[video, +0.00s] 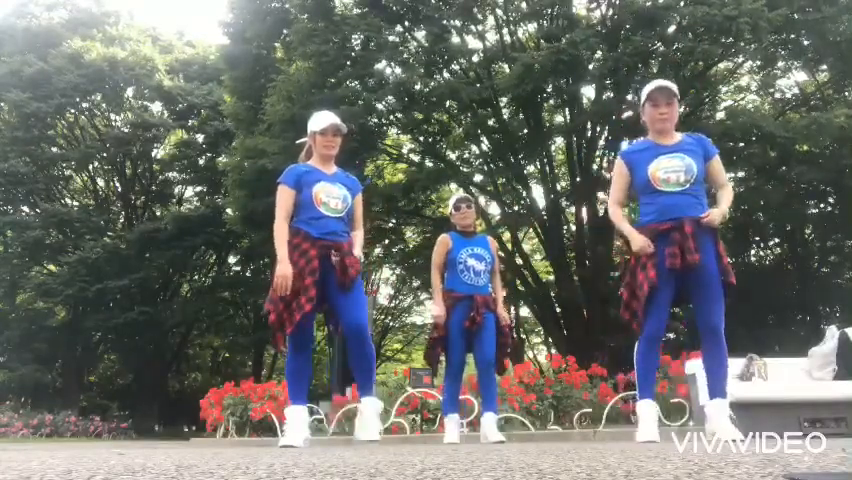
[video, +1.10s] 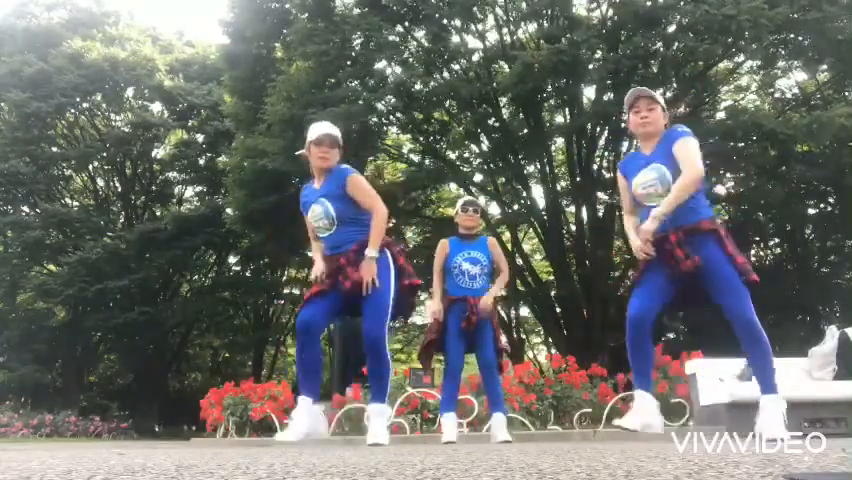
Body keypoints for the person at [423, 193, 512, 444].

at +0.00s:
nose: (463, 212)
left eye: (468, 208)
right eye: (458, 209)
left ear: (475, 212)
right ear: (451, 216)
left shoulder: (489, 242)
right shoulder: (446, 240)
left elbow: (496, 277)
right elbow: (435, 272)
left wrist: (500, 305)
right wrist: (438, 303)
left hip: (486, 304)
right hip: (457, 303)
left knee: (486, 361)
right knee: (455, 363)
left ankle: (489, 421)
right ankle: (451, 421)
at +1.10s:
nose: (470, 215)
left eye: (475, 211)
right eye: (465, 211)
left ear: (480, 218)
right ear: (456, 217)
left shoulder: (489, 243)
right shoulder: (446, 244)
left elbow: (504, 270)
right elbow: (437, 276)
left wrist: (492, 294)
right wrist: (436, 300)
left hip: (483, 306)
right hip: (455, 306)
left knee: (488, 362)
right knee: (454, 363)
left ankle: (498, 419)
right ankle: (448, 418)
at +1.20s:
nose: (469, 217)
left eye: (473, 214)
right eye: (464, 213)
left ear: (479, 219)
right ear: (455, 217)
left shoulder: (487, 242)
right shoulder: (444, 246)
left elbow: (501, 257)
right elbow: (436, 278)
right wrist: (439, 302)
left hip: (483, 307)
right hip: (454, 307)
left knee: (490, 362)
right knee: (449, 358)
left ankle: (498, 419)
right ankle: (440, 415)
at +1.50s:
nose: (455, 216)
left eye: (460, 212)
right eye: (451, 212)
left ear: (467, 216)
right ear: (444, 215)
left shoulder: (476, 243)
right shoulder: (431, 244)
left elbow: (486, 273)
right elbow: (417, 272)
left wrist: (491, 293)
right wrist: (419, 297)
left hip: (468, 305)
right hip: (439, 305)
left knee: (471, 363)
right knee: (436, 364)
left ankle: (480, 420)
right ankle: (431, 421)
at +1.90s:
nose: (429, 224)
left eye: (435, 222)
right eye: (425, 220)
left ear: (440, 228)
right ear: (417, 225)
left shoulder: (445, 253)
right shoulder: (410, 258)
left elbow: (467, 279)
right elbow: (408, 289)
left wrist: (460, 315)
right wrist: (408, 314)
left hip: (447, 321)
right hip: (421, 323)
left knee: (460, 369)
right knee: (400, 360)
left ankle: (481, 419)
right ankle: (397, 418)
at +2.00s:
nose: (425, 212)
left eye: (431, 209)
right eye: (421, 208)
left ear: (436, 216)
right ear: (413, 213)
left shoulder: (441, 240)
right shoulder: (396, 244)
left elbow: (460, 271)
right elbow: (386, 276)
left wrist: (452, 302)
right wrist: (389, 299)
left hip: (434, 309)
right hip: (404, 311)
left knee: (448, 366)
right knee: (388, 363)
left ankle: (473, 417)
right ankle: (395, 424)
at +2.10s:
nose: (423, 203)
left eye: (429, 200)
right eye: (419, 198)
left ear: (434, 206)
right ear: (410, 202)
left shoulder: (438, 234)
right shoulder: (394, 225)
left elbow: (449, 261)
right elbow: (370, 246)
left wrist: (448, 285)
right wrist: (380, 271)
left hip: (429, 294)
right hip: (400, 292)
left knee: (441, 343)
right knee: (396, 353)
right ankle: (387, 417)